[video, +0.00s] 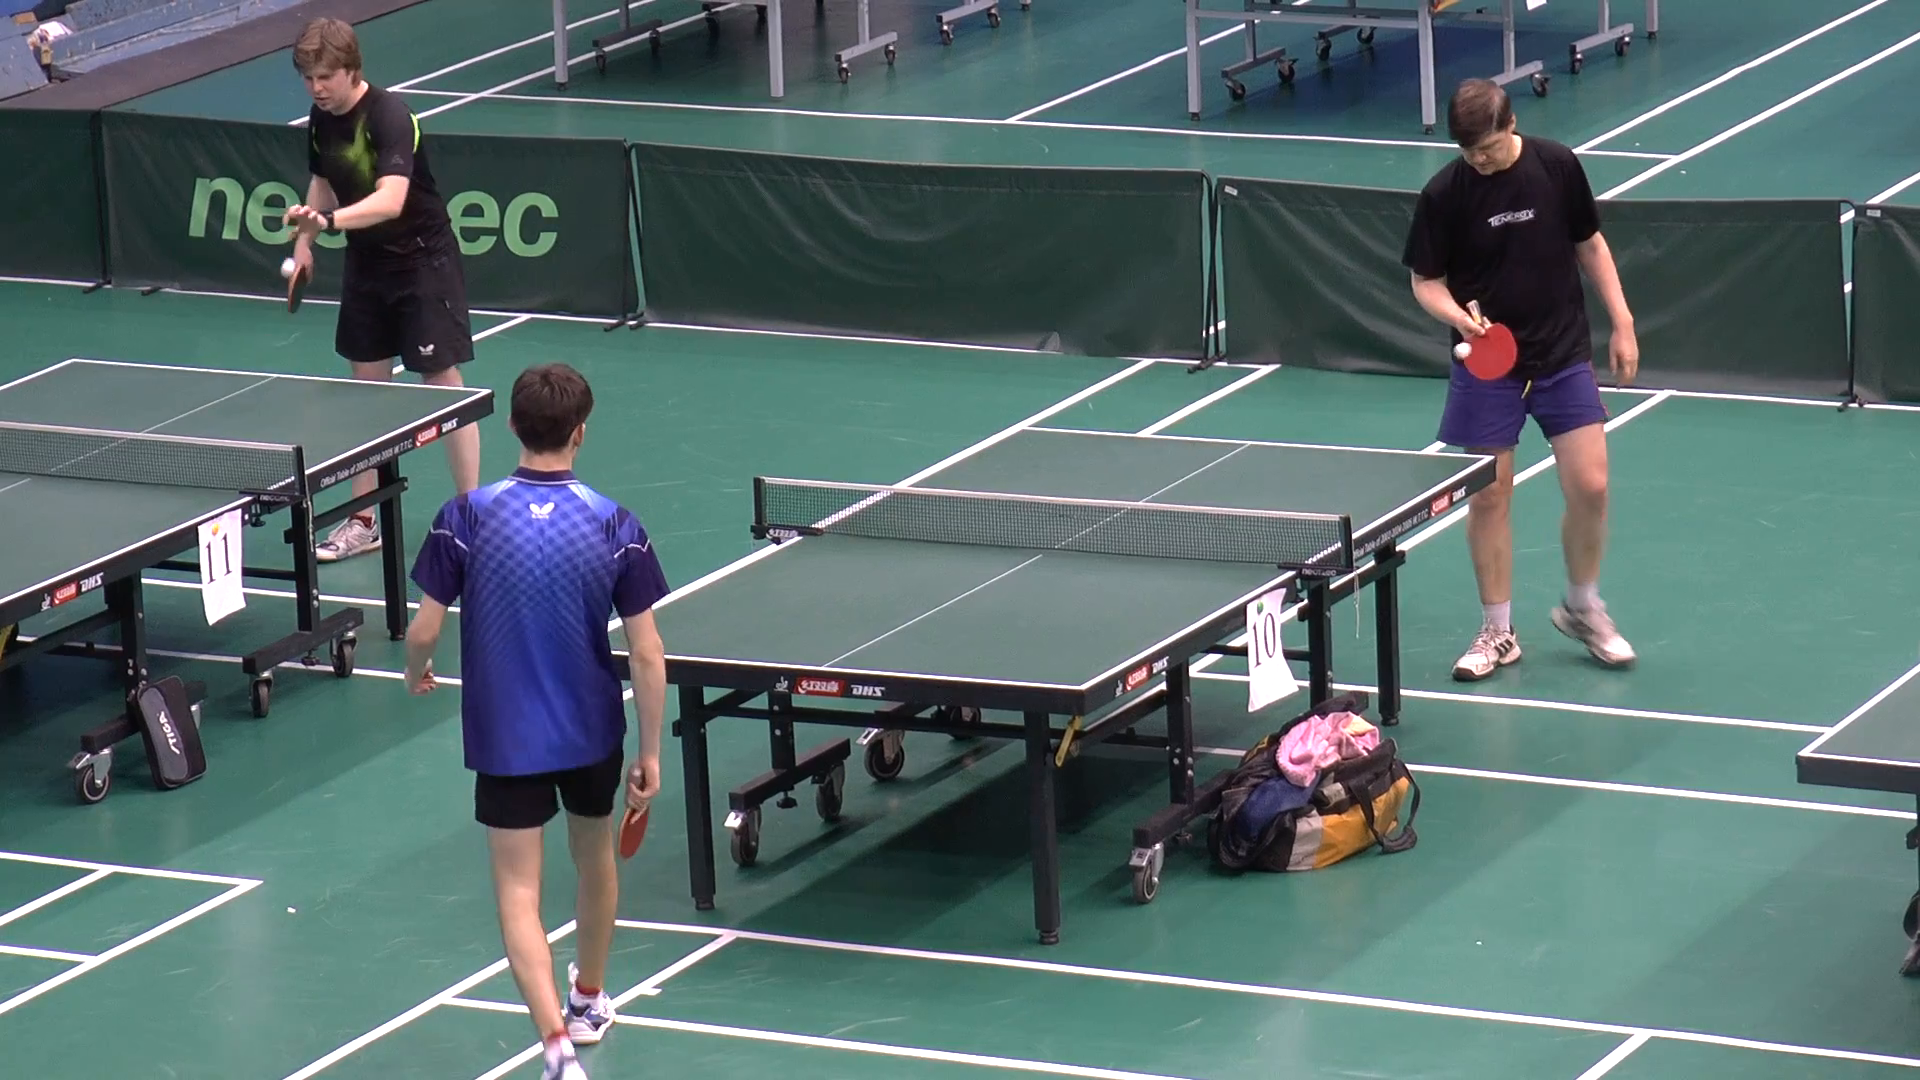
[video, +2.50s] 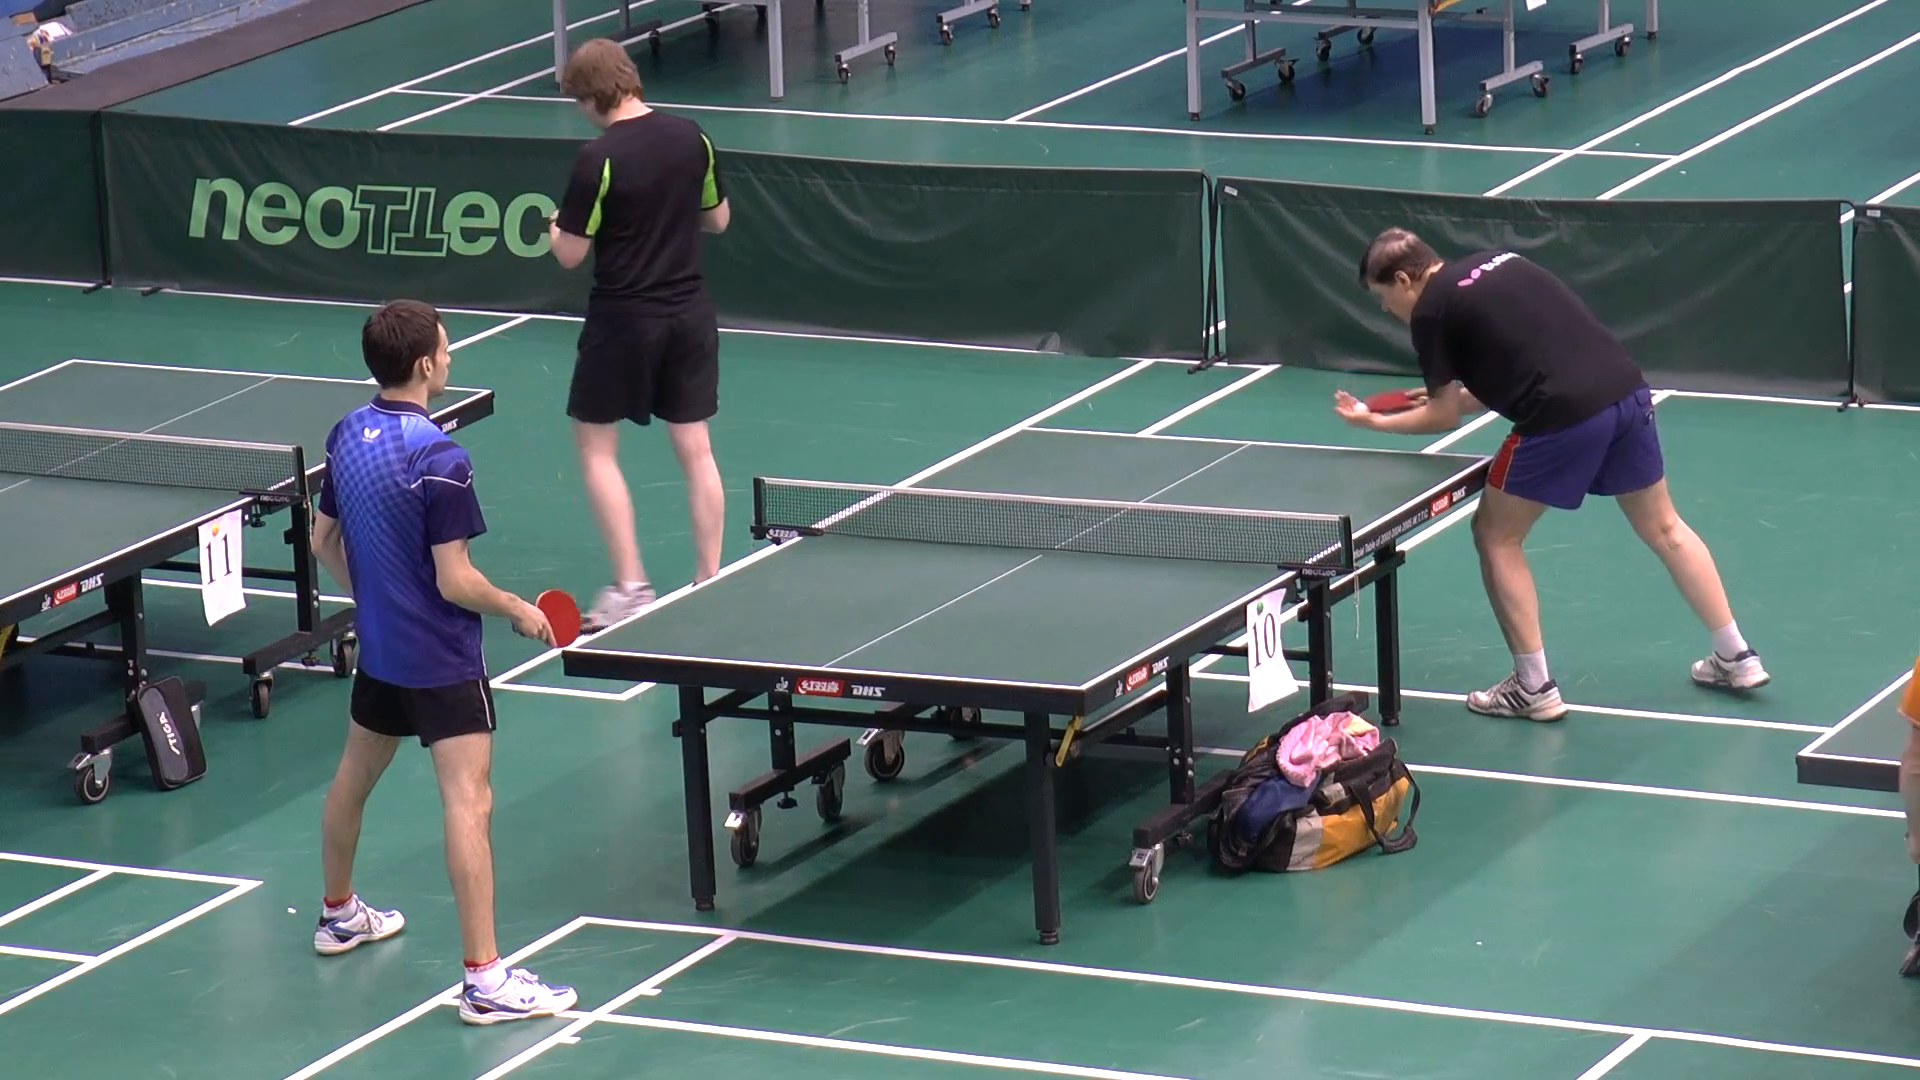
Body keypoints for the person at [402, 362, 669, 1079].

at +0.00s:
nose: (577, 432)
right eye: (580, 423)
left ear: (511, 427)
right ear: (580, 430)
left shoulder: (465, 516)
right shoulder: (612, 523)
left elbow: (422, 633)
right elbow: (648, 656)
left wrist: (418, 669)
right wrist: (650, 752)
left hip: (505, 740)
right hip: (589, 735)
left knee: (518, 894)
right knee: (598, 861)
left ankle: (558, 1052)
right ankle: (587, 1000)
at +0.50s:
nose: (555, 388)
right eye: (557, 378)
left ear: (488, 379)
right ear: (554, 384)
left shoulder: (438, 458)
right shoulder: (578, 467)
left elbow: (404, 575)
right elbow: (627, 580)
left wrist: (435, 624)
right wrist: (601, 588)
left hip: (475, 684)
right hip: (564, 685)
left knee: (451, 816)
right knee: (583, 827)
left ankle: (437, 952)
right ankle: (585, 996)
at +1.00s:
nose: (496, 352)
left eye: (492, 341)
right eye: (493, 344)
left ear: (426, 353)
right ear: (477, 354)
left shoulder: (384, 424)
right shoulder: (486, 448)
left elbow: (360, 541)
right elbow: (494, 576)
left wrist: (408, 586)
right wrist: (536, 631)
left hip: (413, 648)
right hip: (482, 652)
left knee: (433, 779)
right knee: (510, 787)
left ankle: (438, 950)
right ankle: (487, 961)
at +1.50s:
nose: (480, 368)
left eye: (477, 358)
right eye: (476, 360)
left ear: (408, 368)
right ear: (459, 373)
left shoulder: (367, 426)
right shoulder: (441, 472)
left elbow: (333, 536)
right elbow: (461, 594)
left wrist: (399, 577)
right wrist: (524, 622)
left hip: (366, 647)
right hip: (427, 658)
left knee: (371, 764)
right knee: (499, 789)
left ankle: (341, 911)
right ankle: (488, 966)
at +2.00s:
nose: (460, 362)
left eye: (457, 353)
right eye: (457, 354)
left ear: (390, 365)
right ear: (437, 365)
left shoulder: (344, 430)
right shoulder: (435, 456)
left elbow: (310, 538)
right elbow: (455, 583)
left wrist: (362, 591)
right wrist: (513, 606)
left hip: (365, 646)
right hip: (425, 655)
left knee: (369, 765)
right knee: (473, 797)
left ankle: (339, 910)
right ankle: (486, 974)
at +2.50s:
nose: (449, 355)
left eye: (445, 345)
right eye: (445, 347)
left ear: (378, 365)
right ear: (428, 363)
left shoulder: (348, 432)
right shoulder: (440, 454)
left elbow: (325, 541)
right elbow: (454, 578)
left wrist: (376, 595)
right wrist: (519, 609)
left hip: (380, 652)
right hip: (441, 660)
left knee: (353, 779)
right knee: (469, 803)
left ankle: (339, 912)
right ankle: (485, 975)